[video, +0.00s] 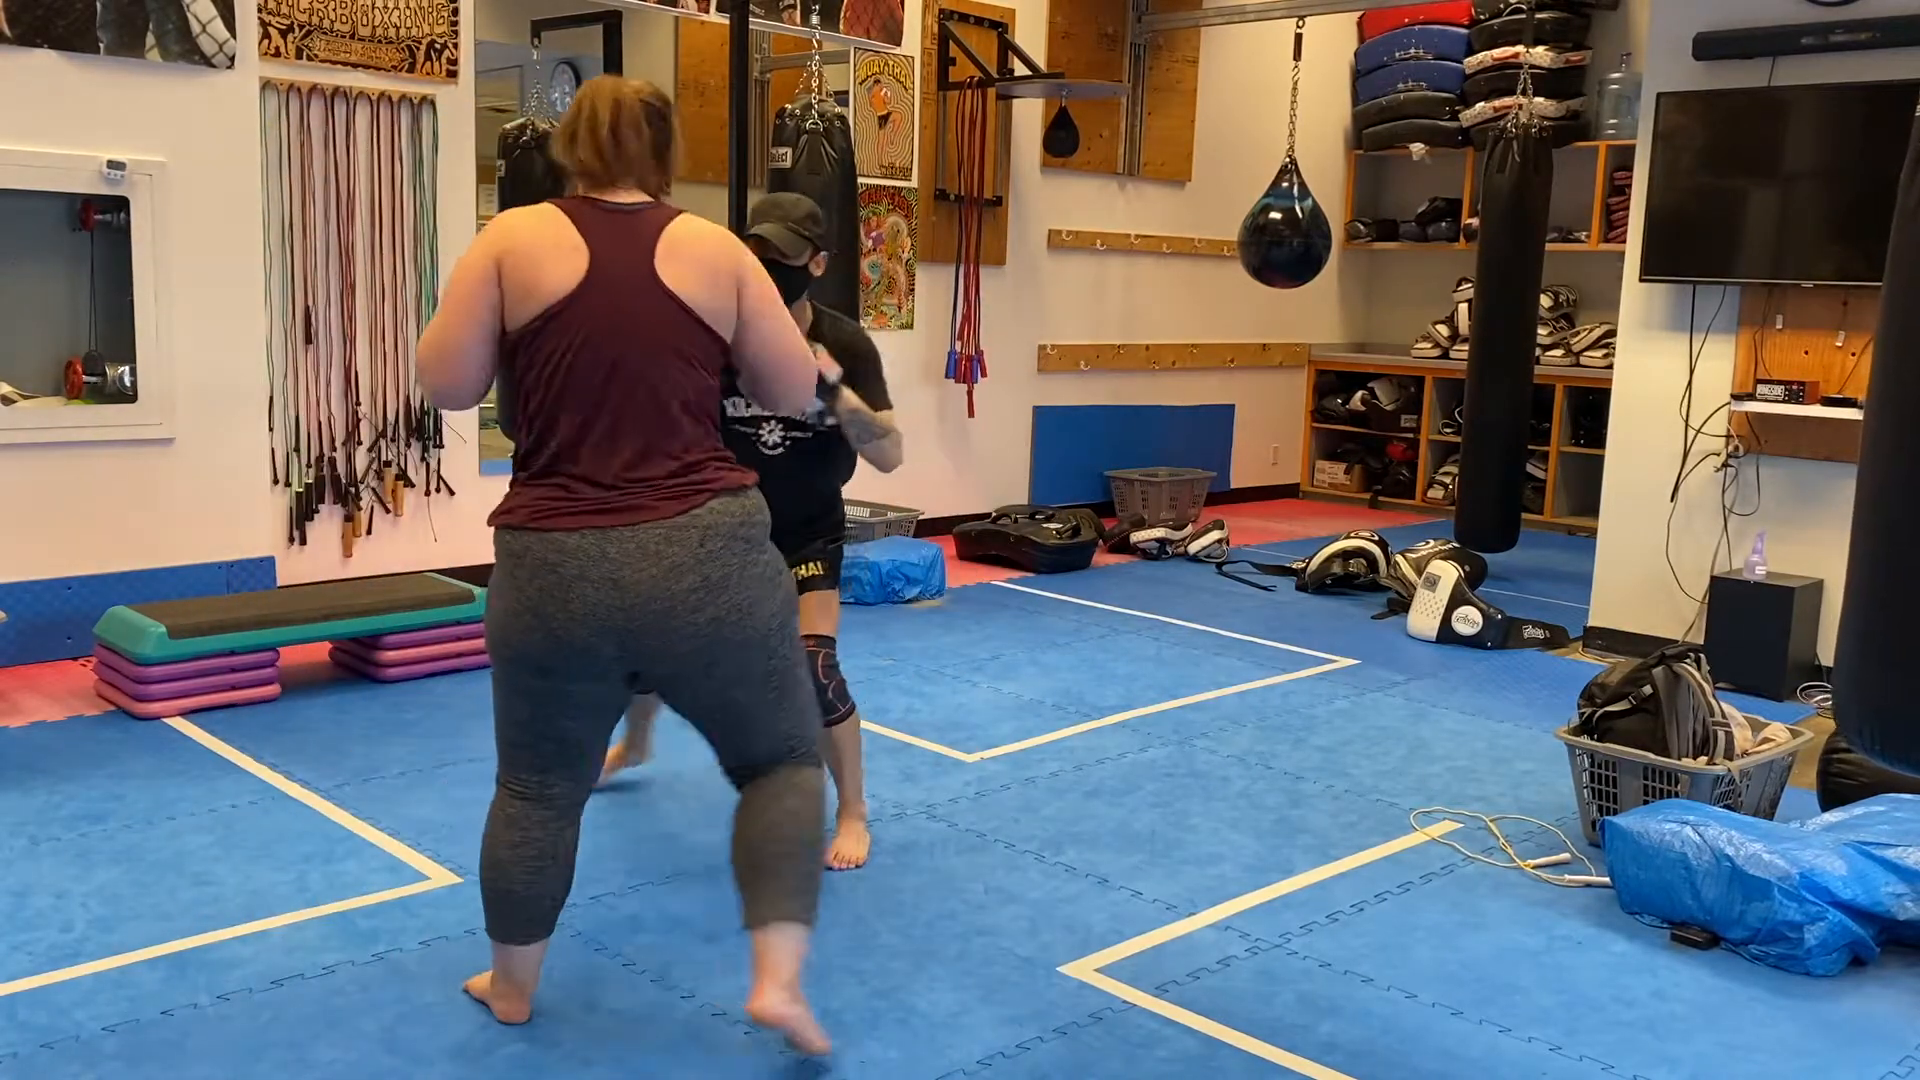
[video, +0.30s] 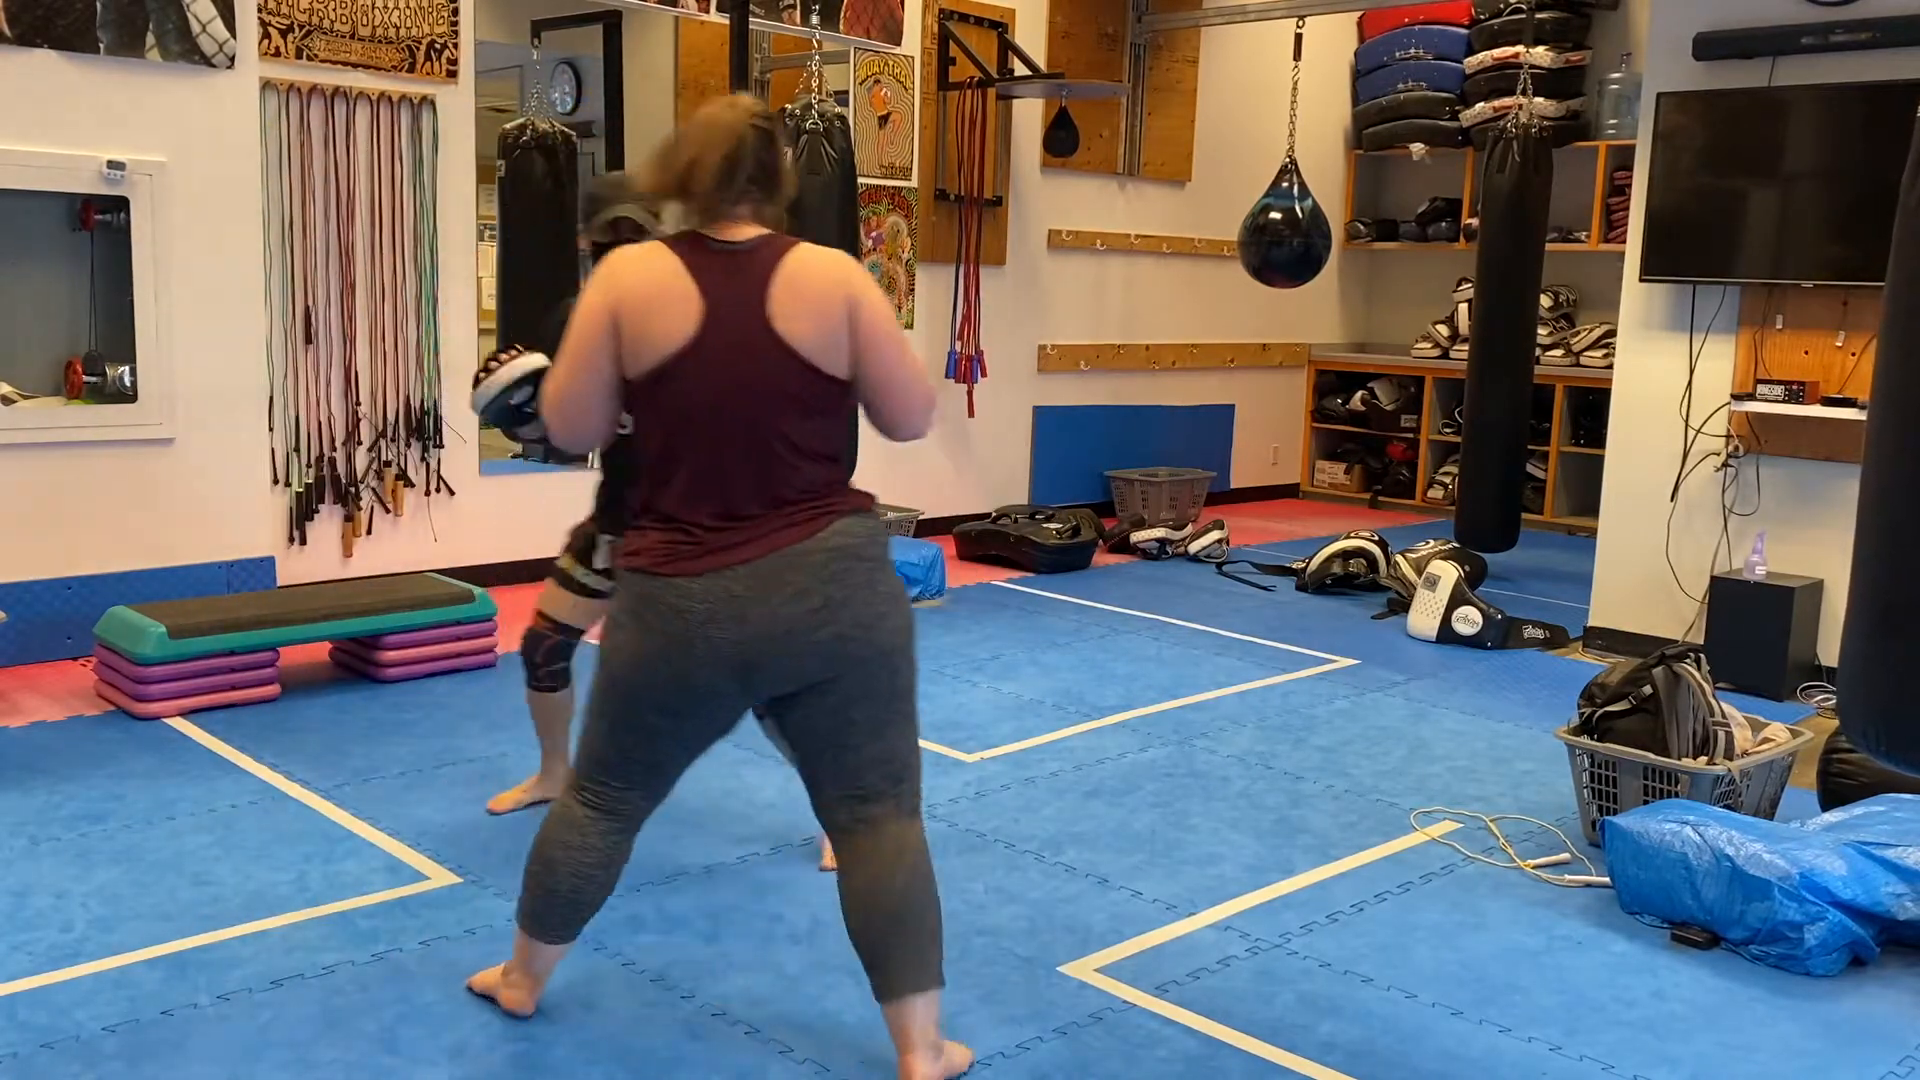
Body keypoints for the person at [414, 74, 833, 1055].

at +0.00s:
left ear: (569, 154)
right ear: (664, 155)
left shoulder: (506, 242)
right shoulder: (715, 250)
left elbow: (448, 381)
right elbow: (793, 388)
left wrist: (525, 314)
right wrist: (719, 332)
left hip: (551, 570)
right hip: (706, 561)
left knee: (538, 785)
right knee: (778, 762)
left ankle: (512, 983)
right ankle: (778, 975)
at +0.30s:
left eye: (669, 171)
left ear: (675, 180)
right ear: (778, 182)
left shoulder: (624, 280)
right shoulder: (835, 278)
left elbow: (570, 425)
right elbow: (910, 413)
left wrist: (643, 366)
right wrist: (828, 349)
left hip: (677, 603)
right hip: (837, 586)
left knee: (603, 799)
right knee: (876, 812)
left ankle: (525, 980)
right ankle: (923, 1049)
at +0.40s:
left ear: (736, 172)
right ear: (835, 173)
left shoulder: (678, 278)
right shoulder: (885, 270)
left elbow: (635, 438)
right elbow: (952, 400)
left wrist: (694, 361)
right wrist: (910, 303)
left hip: (727, 599)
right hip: (883, 581)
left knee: (648, 800)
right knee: (900, 821)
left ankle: (557, 960)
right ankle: (928, 1058)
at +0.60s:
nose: (773, 154)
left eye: (779, 140)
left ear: (790, 148)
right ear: (890, 149)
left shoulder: (742, 255)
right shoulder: (946, 248)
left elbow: (687, 413)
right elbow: (977, 365)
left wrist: (748, 348)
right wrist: (890, 320)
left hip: (771, 579)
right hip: (927, 572)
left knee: (705, 783)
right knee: (915, 819)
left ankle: (685, 1001)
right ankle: (929, 1058)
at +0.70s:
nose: (779, 153)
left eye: (784, 140)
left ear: (794, 146)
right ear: (892, 148)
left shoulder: (746, 253)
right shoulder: (947, 248)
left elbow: (692, 410)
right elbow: (973, 364)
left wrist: (664, 374)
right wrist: (880, 326)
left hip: (770, 574)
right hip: (924, 567)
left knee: (733, 800)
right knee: (917, 820)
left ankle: (731, 1025)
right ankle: (929, 1057)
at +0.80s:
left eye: (795, 127)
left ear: (797, 139)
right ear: (894, 146)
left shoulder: (740, 250)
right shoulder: (944, 252)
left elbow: (676, 411)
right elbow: (968, 372)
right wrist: (867, 352)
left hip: (768, 585)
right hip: (926, 584)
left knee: (745, 817)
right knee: (931, 815)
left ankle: (733, 1041)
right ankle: (926, 1050)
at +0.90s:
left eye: (797, 126)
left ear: (795, 139)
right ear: (893, 151)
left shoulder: (740, 250)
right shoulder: (945, 256)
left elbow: (676, 396)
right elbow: (962, 391)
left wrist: (719, 326)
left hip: (778, 589)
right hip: (934, 589)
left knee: (749, 817)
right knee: (961, 778)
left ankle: (734, 1040)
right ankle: (964, 993)